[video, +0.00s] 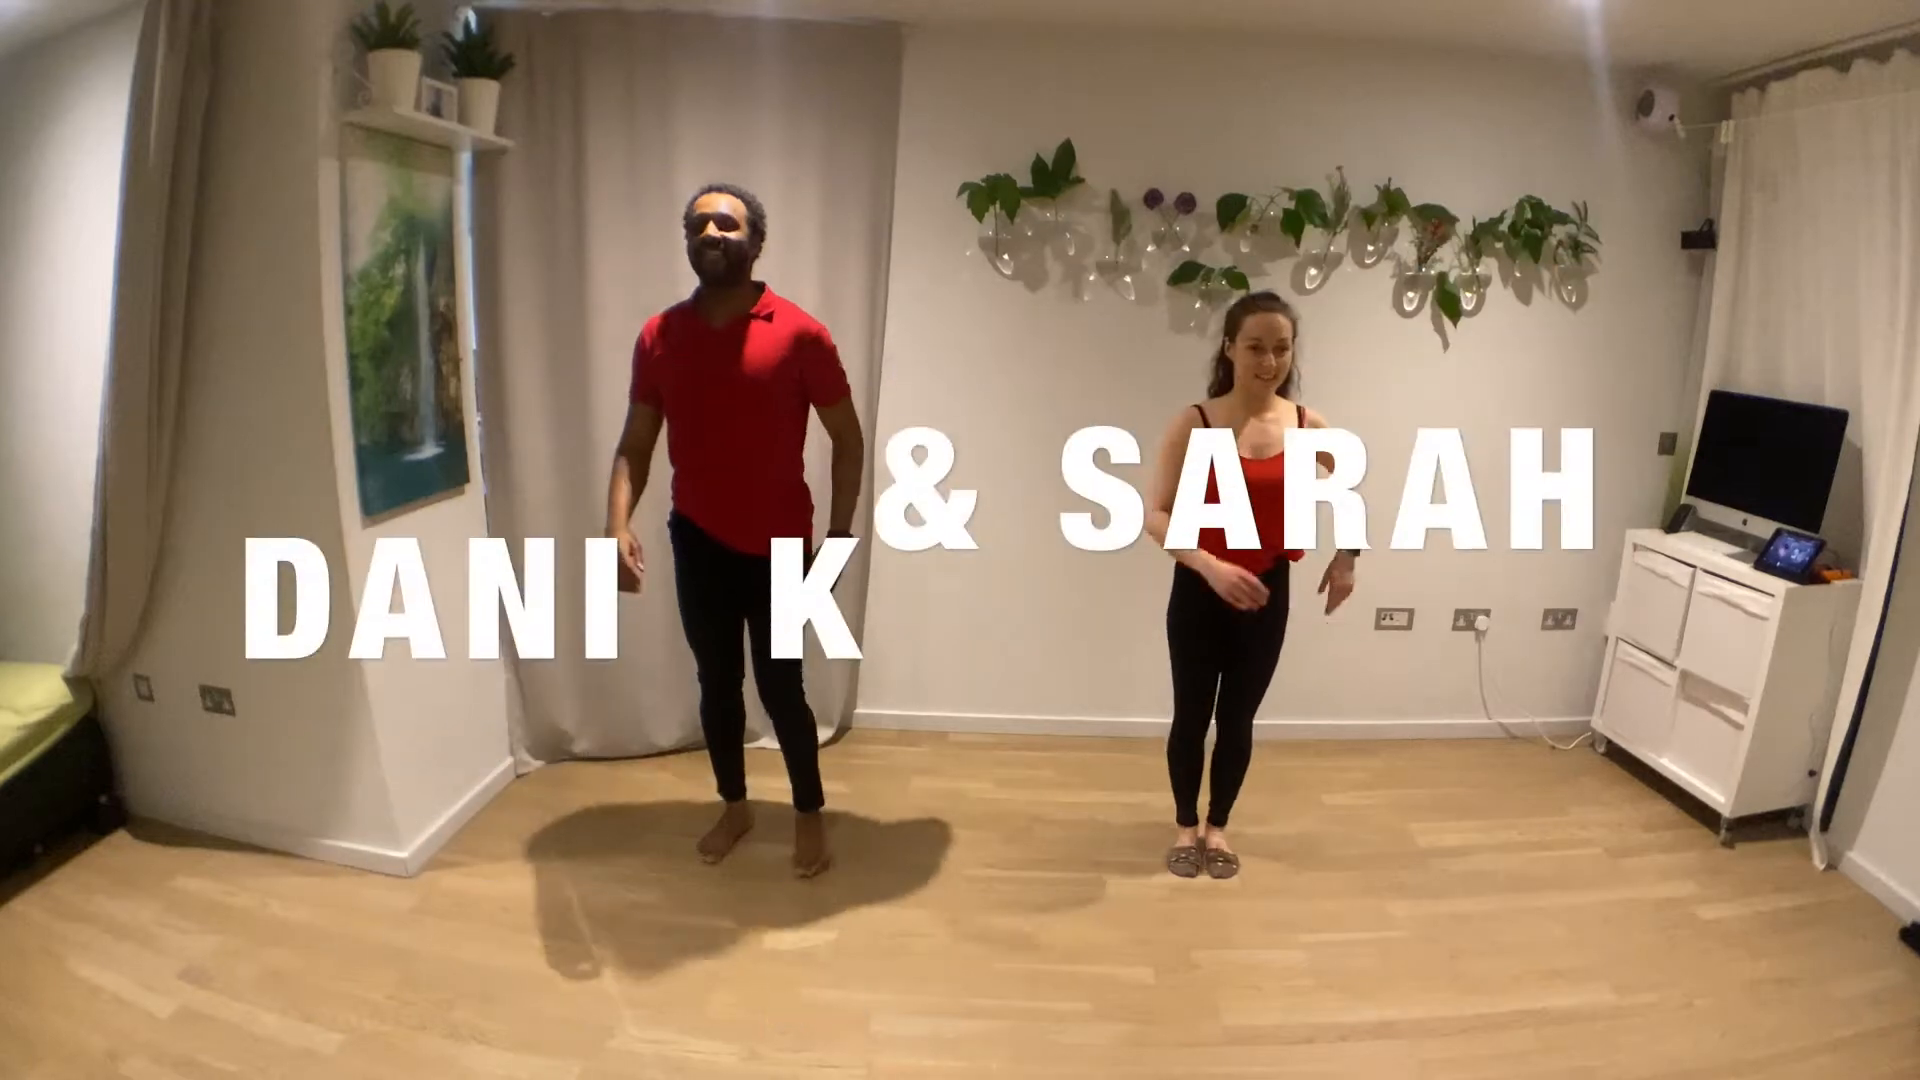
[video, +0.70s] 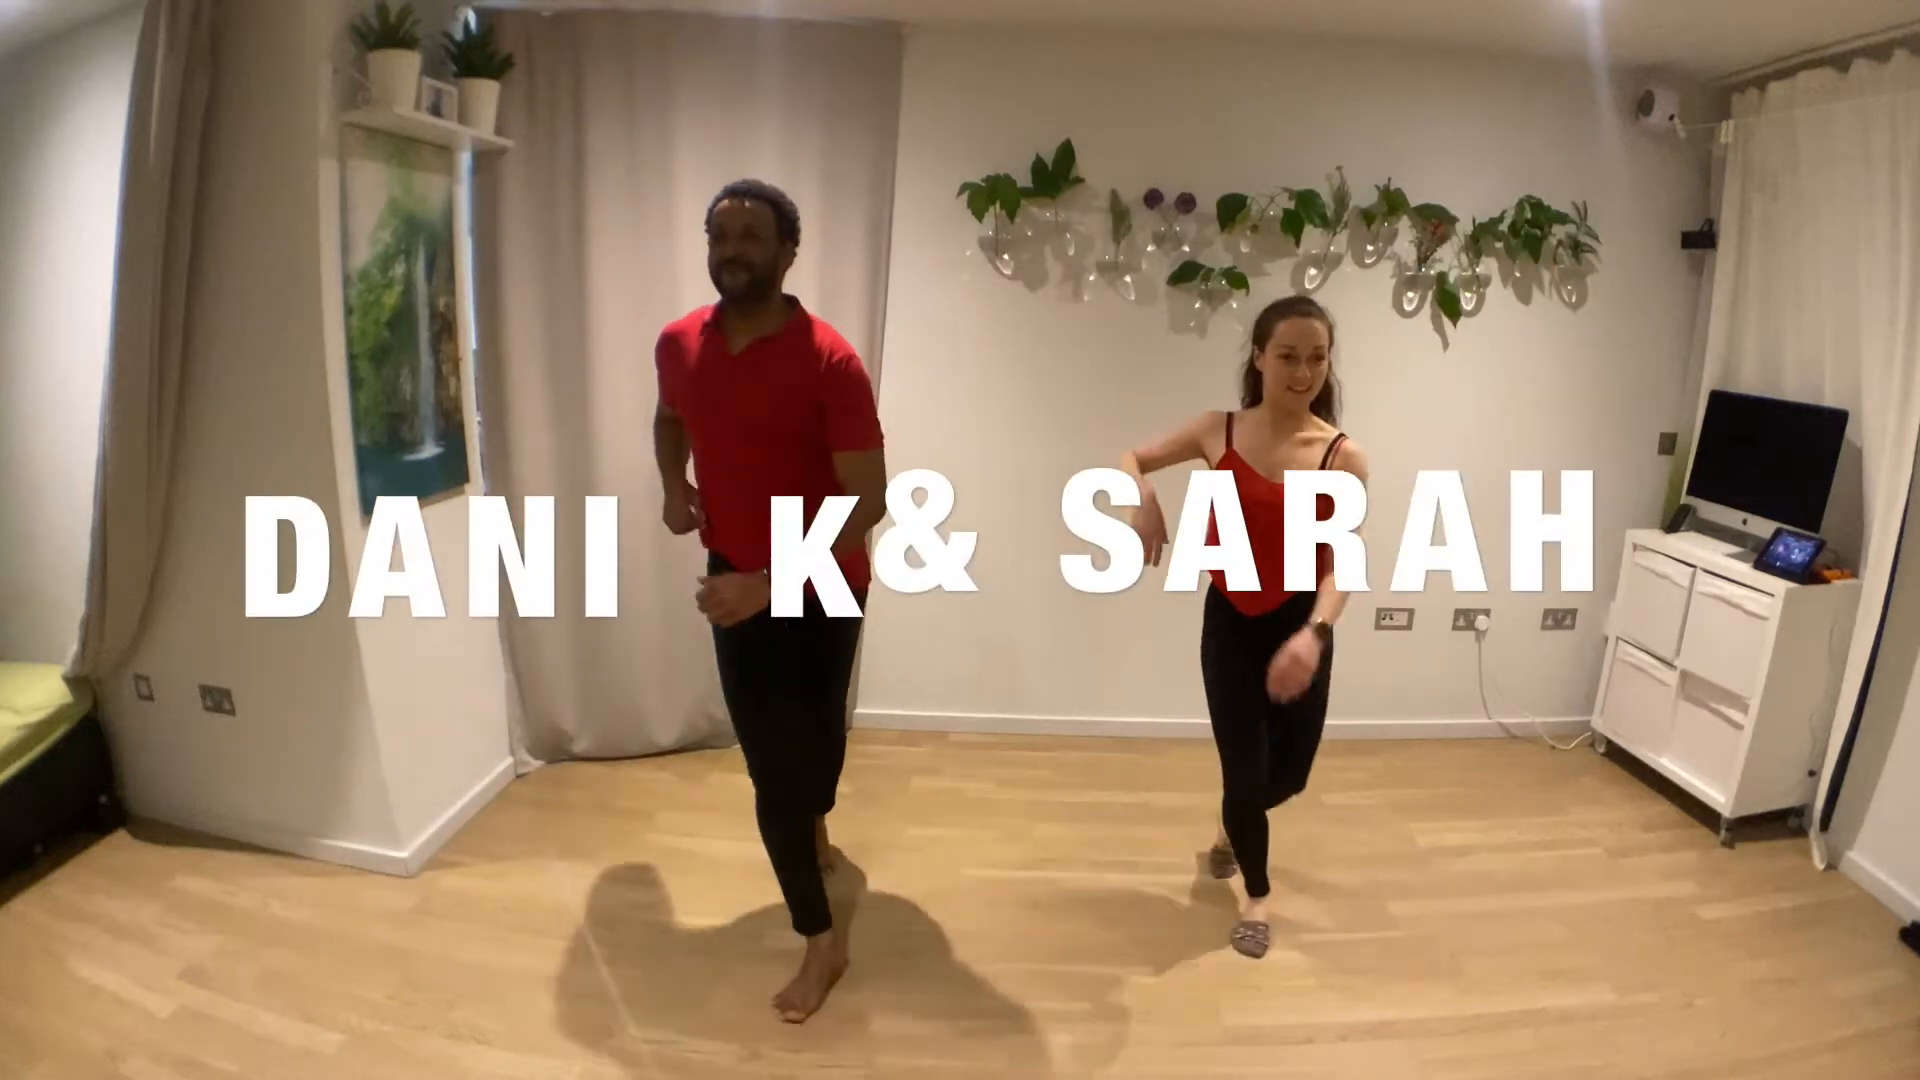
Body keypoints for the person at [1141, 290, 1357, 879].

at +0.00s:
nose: (1269, 360)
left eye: (1281, 348)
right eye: (1256, 346)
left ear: (1294, 352)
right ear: (1230, 347)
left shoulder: (1309, 425)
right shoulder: (1193, 423)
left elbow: (1344, 495)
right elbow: (1156, 516)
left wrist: (1345, 554)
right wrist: (1210, 566)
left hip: (1267, 591)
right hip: (1198, 585)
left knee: (1238, 717)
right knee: (1192, 714)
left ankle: (1216, 832)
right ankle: (1187, 830)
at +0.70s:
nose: (1303, 369)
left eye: (1316, 357)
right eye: (1289, 355)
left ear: (1328, 364)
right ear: (1258, 358)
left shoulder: (1341, 456)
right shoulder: (1218, 431)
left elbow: (1341, 560)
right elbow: (1134, 460)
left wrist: (1313, 632)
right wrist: (1145, 496)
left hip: (1304, 625)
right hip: (1231, 623)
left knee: (1291, 775)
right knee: (1245, 775)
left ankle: (1231, 822)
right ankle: (1256, 903)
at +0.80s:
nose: (1308, 376)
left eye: (1321, 364)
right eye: (1293, 361)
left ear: (1334, 373)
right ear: (1262, 366)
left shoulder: (1351, 466)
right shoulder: (1218, 446)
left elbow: (1363, 584)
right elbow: (1114, 484)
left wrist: (1346, 676)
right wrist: (1165, 479)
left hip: (1303, 642)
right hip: (1229, 639)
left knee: (1304, 800)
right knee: (1242, 789)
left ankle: (1258, 822)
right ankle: (1257, 898)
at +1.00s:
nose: (1312, 389)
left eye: (1326, 376)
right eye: (1297, 374)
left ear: (1340, 384)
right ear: (1267, 377)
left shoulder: (1359, 472)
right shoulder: (1223, 469)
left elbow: (1423, 557)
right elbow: (1154, 549)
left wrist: (1402, 651)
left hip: (1302, 655)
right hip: (1225, 651)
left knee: (1285, 802)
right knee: (1239, 800)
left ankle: (1283, 926)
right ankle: (1265, 909)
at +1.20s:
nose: (1313, 394)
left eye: (1328, 381)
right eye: (1297, 379)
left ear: (1340, 390)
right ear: (1263, 383)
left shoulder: (1359, 465)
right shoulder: (1221, 480)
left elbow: (1443, 511)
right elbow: (1194, 588)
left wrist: (1419, 605)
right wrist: (1276, 575)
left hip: (1310, 675)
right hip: (1230, 675)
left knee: (1285, 857)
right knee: (1244, 836)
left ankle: (1236, 987)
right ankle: (1276, 904)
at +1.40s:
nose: (1313, 395)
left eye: (1327, 381)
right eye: (1296, 379)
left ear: (1340, 390)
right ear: (1260, 382)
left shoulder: (1351, 470)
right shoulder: (1205, 479)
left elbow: (1435, 531)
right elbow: (1167, 581)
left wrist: (1389, 514)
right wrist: (1207, 646)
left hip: (1322, 691)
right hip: (1237, 692)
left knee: (1300, 873)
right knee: (1233, 871)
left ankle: (1232, 994)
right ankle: (1243, 897)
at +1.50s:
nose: (1310, 397)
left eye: (1325, 382)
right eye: (1294, 380)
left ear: (1339, 391)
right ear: (1259, 384)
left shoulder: (1347, 479)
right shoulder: (1202, 471)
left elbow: (1415, 572)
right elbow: (1146, 546)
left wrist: (1366, 489)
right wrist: (1164, 631)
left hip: (1323, 692)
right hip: (1237, 694)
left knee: (1298, 874)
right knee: (1234, 877)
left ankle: (1237, 995)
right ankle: (1194, 899)